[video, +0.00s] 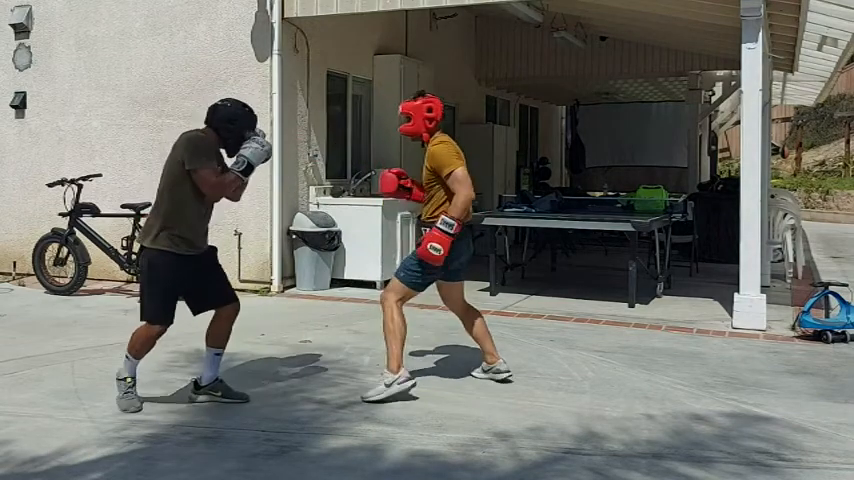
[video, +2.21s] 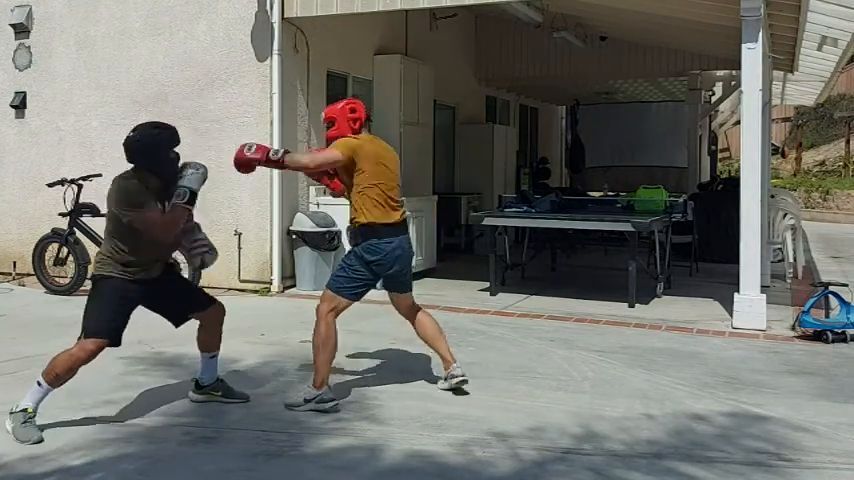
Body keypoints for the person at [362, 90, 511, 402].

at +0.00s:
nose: (405, 123)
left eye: (409, 118)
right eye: (405, 118)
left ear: (425, 119)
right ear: (427, 119)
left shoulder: (440, 147)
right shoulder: (438, 146)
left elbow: (465, 194)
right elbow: (445, 197)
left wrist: (443, 233)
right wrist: (412, 191)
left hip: (441, 236)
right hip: (457, 236)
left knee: (391, 297)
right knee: (456, 301)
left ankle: (396, 373)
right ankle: (494, 362)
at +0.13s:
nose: (403, 113)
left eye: (407, 106)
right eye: (403, 107)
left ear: (425, 106)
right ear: (424, 107)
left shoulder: (442, 133)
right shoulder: (434, 135)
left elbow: (463, 180)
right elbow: (426, 181)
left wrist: (421, 192)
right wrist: (396, 161)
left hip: (437, 229)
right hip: (447, 227)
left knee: (392, 288)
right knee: (459, 295)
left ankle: (386, 368)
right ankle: (492, 358)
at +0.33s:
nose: (396, 129)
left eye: (398, 123)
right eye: (394, 124)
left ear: (412, 123)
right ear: (415, 124)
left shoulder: (434, 150)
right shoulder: (417, 149)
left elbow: (407, 186)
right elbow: (381, 175)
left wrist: (395, 146)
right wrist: (368, 141)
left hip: (429, 245)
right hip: (438, 243)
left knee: (392, 310)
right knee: (454, 307)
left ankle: (367, 386)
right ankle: (494, 365)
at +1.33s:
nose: (351, 139)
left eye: (353, 133)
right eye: (350, 134)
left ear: (366, 134)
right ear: (374, 131)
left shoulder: (390, 155)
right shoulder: (374, 159)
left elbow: (367, 191)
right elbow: (341, 188)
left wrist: (356, 151)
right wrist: (328, 154)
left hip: (386, 253)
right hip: (393, 251)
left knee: (336, 310)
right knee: (412, 312)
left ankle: (324, 389)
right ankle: (461, 361)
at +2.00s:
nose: (337, 128)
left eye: (340, 121)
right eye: (336, 123)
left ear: (357, 118)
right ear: (364, 119)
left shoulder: (367, 138)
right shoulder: (373, 145)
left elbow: (349, 162)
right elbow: (338, 184)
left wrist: (315, 143)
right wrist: (314, 158)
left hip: (371, 240)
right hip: (392, 239)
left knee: (322, 306)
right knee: (397, 303)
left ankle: (319, 386)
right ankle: (433, 361)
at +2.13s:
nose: (329, 129)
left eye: (331, 123)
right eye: (329, 124)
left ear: (345, 121)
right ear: (362, 122)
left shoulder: (347, 141)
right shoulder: (386, 150)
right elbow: (362, 194)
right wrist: (328, 180)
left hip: (372, 246)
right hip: (399, 242)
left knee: (326, 310)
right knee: (401, 300)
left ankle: (320, 389)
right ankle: (441, 362)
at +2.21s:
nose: (329, 131)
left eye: (332, 125)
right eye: (328, 126)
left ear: (347, 122)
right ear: (361, 122)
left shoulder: (350, 145)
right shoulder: (388, 151)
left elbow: (310, 161)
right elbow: (371, 191)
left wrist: (270, 156)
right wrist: (338, 186)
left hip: (371, 247)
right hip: (400, 243)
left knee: (326, 310)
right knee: (410, 308)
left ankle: (320, 389)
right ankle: (451, 366)